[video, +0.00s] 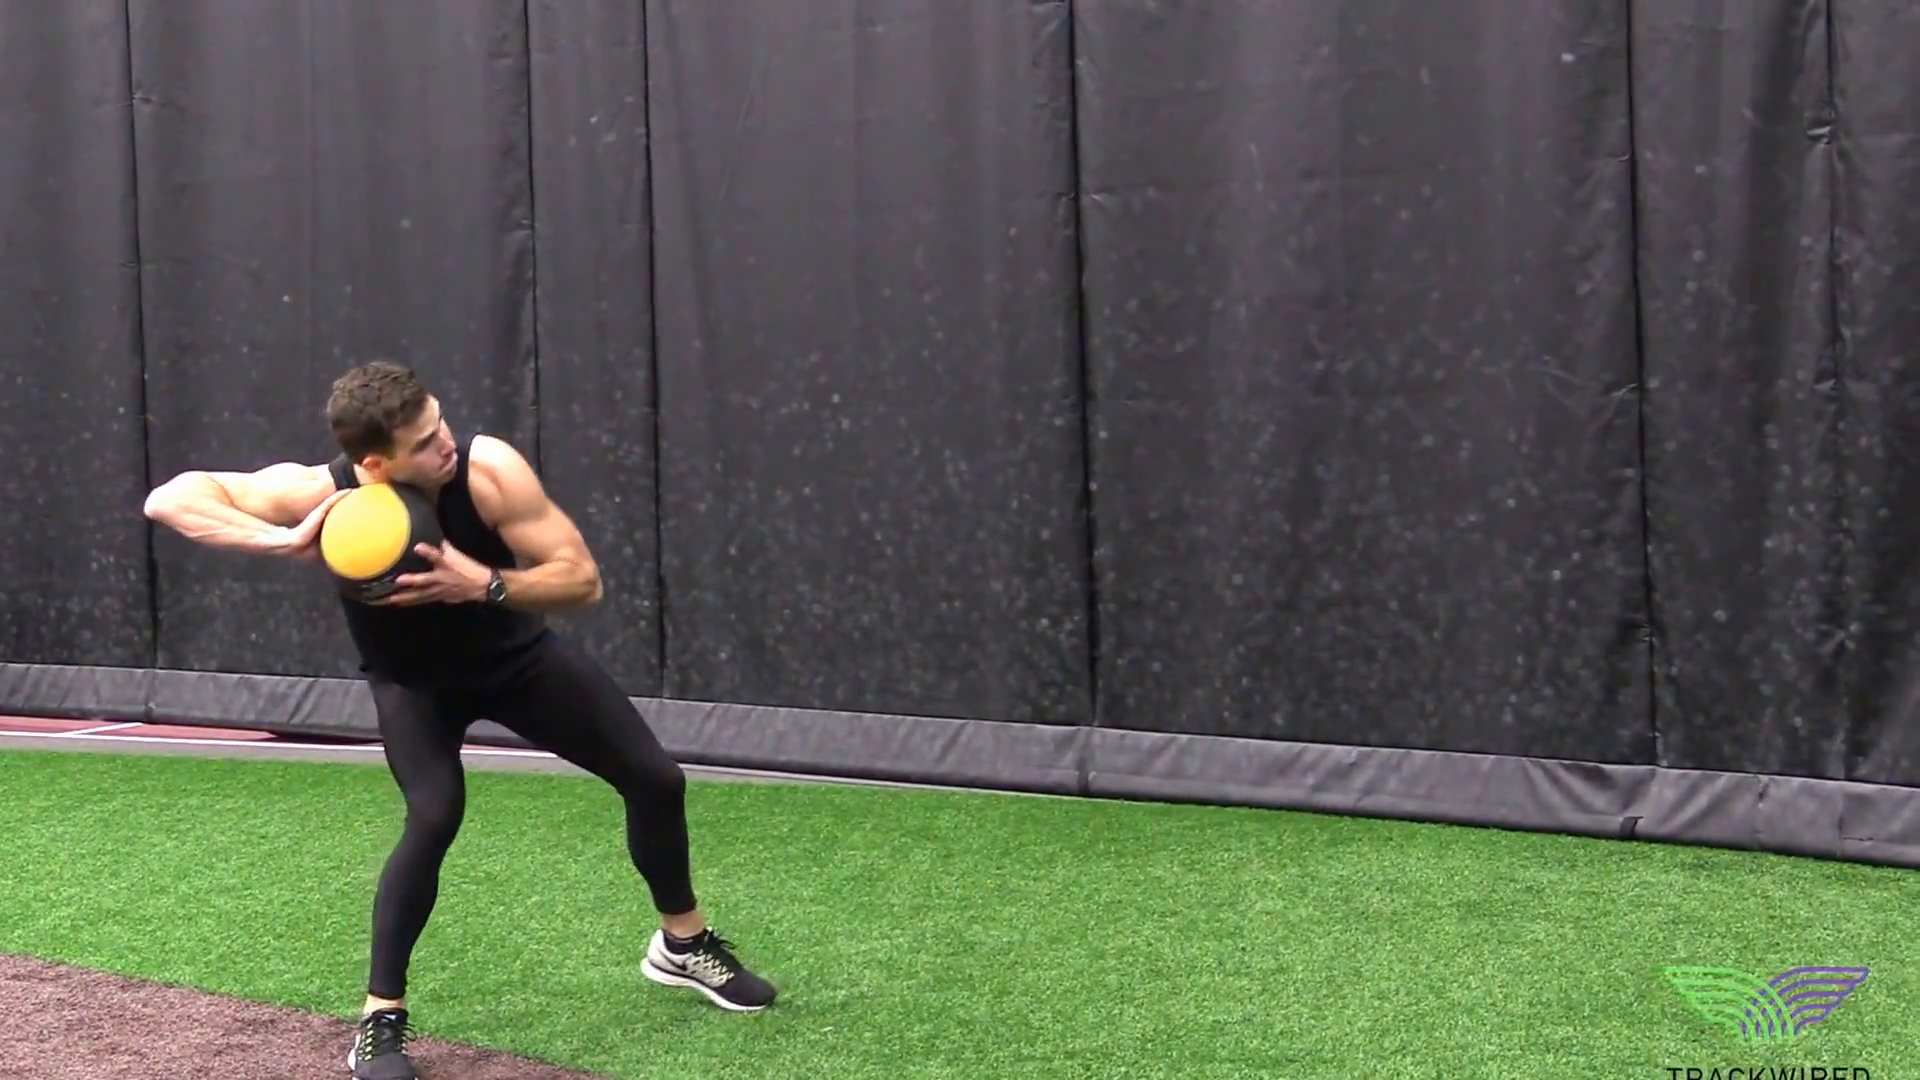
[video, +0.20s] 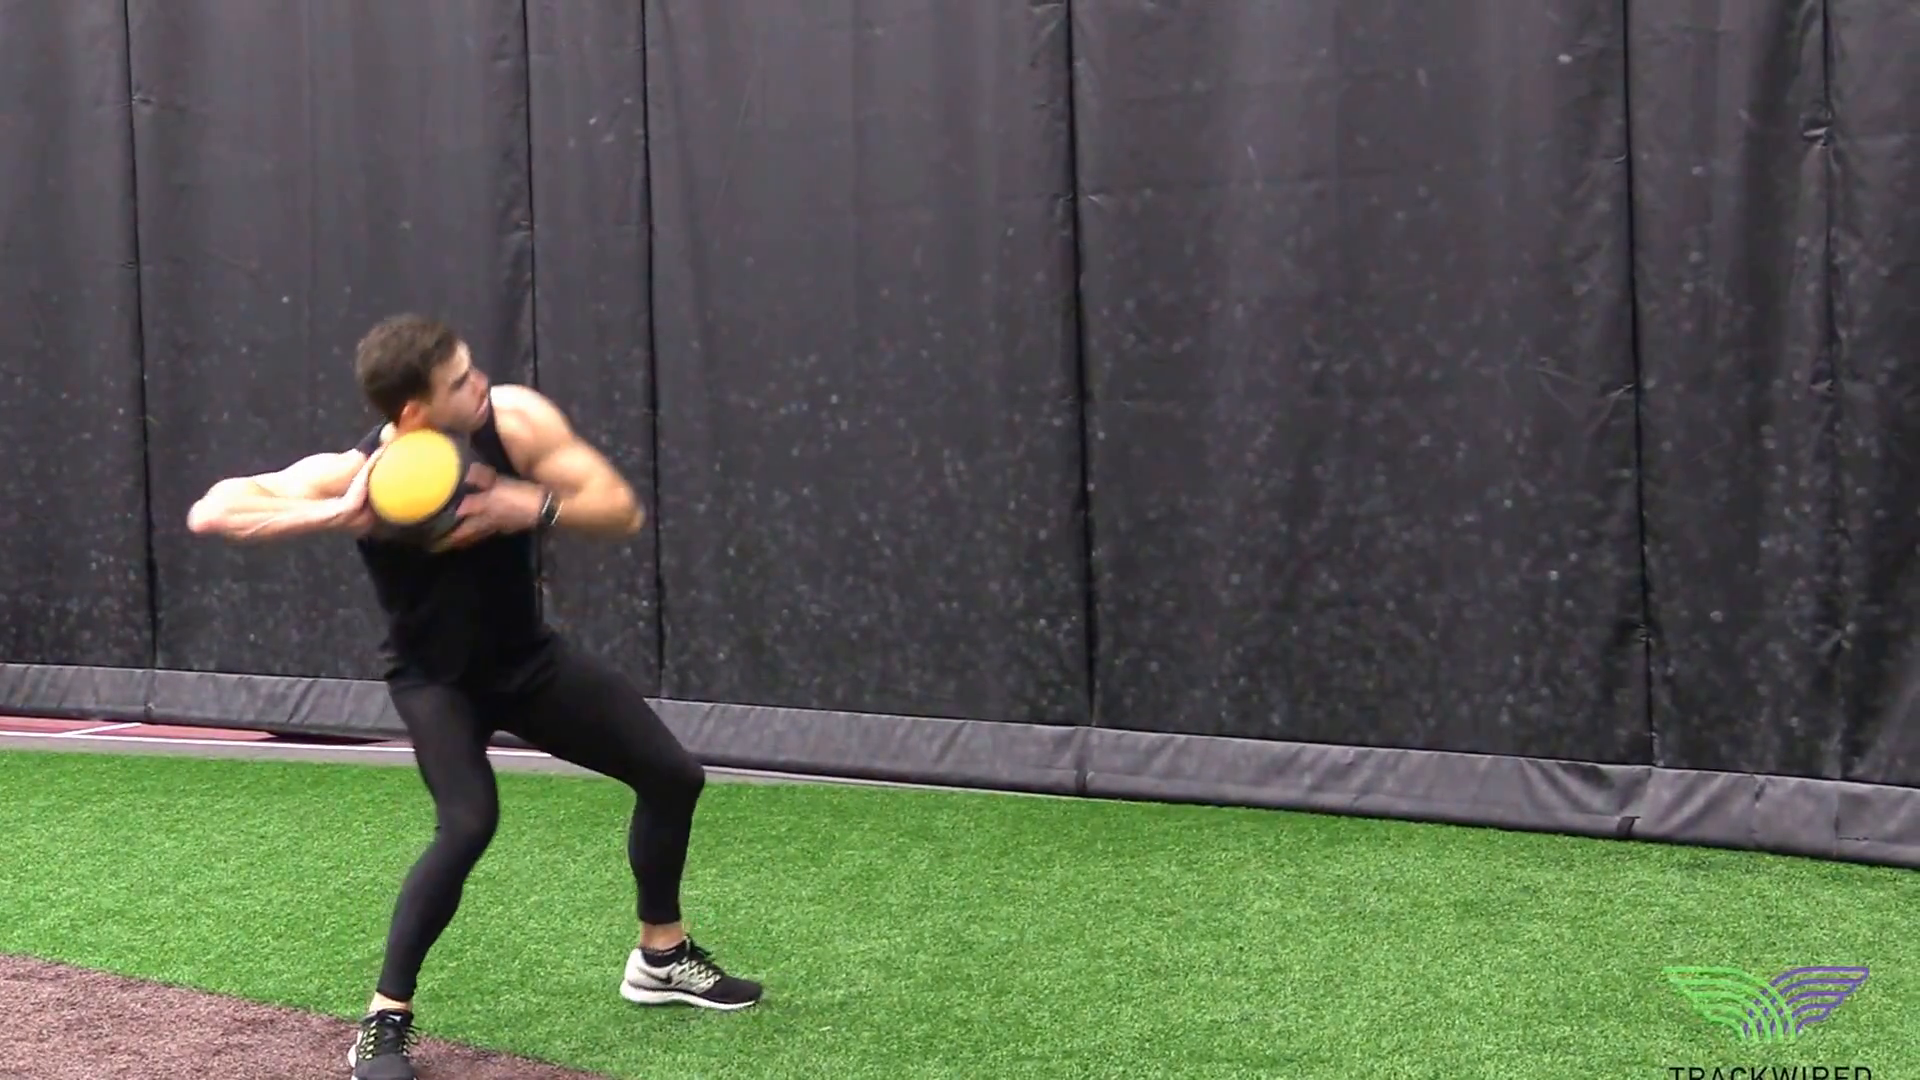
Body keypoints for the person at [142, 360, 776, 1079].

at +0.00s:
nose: (446, 446)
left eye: (442, 429)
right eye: (425, 444)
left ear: (442, 411)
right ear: (371, 467)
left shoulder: (493, 472)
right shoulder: (320, 494)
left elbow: (580, 579)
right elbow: (167, 498)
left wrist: (487, 583)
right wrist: (277, 539)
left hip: (519, 655)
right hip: (412, 681)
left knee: (656, 780)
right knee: (434, 813)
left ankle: (684, 940)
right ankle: (383, 1016)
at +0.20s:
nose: (480, 385)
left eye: (473, 370)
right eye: (459, 383)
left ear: (474, 365)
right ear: (412, 413)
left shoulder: (519, 419)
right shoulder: (358, 473)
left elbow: (622, 509)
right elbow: (209, 513)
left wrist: (536, 506)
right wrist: (333, 514)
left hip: (531, 660)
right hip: (435, 682)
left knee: (673, 775)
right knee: (469, 820)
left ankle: (662, 954)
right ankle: (388, 1016)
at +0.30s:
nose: (494, 338)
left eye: (486, 326)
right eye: (475, 337)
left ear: (481, 339)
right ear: (431, 370)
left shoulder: (529, 382)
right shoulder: (384, 451)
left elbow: (648, 457)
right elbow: (249, 517)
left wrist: (569, 429)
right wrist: (372, 483)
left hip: (539, 651)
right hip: (454, 667)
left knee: (680, 770)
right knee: (492, 822)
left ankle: (657, 965)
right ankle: (390, 1013)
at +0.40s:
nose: (501, 287)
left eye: (493, 276)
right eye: (485, 283)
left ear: (469, 307)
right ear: (450, 316)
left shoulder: (527, 360)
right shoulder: (410, 417)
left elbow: (656, 386)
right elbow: (319, 504)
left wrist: (590, 355)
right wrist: (433, 432)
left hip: (557, 637)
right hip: (487, 651)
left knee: (679, 767)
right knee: (521, 818)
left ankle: (662, 963)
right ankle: (392, 1002)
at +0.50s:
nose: (502, 248)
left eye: (493, 237)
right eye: (488, 243)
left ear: (460, 280)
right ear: (462, 277)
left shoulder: (522, 334)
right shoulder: (447, 378)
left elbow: (627, 338)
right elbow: (430, 448)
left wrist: (607, 294)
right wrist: (530, 347)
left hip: (573, 618)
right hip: (529, 627)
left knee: (665, 763)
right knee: (550, 810)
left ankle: (662, 963)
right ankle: (395, 985)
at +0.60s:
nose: (493, 222)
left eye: (482, 214)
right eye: (482, 218)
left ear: (443, 262)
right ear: (468, 248)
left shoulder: (468, 323)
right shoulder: (489, 330)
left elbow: (557, 310)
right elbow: (581, 308)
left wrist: (596, 241)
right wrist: (641, 219)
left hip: (577, 590)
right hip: (567, 594)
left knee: (640, 766)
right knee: (578, 787)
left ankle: (661, 960)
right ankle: (412, 950)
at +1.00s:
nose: (563, 209)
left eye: (548, 202)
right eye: (554, 204)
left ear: (478, 250)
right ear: (547, 224)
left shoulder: (469, 353)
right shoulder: (605, 269)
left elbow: (473, 449)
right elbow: (575, 286)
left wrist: (494, 324)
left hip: (578, 577)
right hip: (659, 563)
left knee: (622, 773)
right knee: (663, 770)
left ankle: (656, 963)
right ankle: (576, 945)